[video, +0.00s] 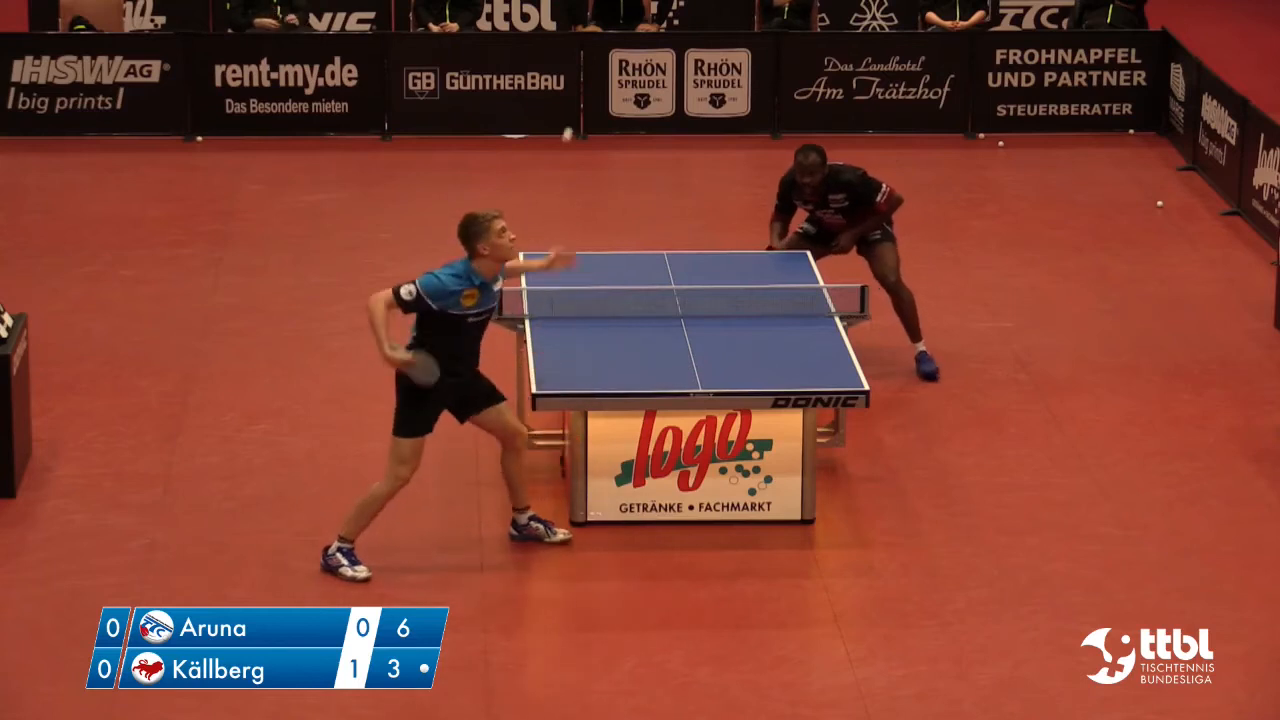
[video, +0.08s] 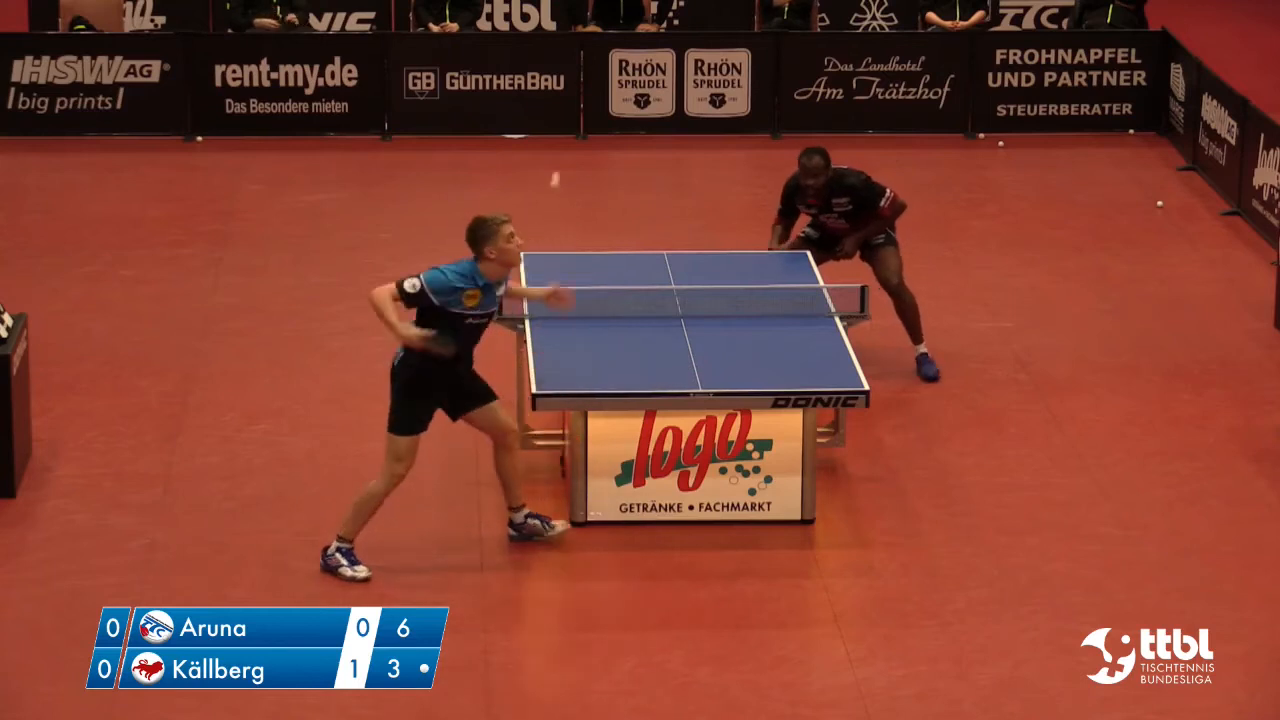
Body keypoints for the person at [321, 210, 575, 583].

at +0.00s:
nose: (513, 238)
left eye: (508, 231)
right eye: (503, 235)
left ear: (491, 247)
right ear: (482, 248)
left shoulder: (492, 272)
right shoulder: (444, 281)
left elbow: (508, 266)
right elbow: (379, 301)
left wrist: (545, 264)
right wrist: (386, 349)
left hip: (463, 377)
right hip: (422, 381)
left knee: (516, 435)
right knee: (400, 473)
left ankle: (523, 520)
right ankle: (339, 549)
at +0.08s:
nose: (519, 243)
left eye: (516, 237)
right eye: (511, 240)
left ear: (496, 252)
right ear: (489, 252)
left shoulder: (496, 280)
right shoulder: (447, 280)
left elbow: (503, 292)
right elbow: (381, 294)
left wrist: (542, 294)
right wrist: (401, 330)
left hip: (456, 373)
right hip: (416, 375)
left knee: (506, 432)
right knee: (395, 471)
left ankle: (520, 519)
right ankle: (338, 548)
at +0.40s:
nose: (581, 318)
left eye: (583, 312)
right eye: (580, 311)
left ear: (558, 299)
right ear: (565, 303)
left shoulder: (528, 316)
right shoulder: (526, 306)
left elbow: (474, 319)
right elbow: (549, 305)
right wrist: (579, 330)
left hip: (463, 390)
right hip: (438, 391)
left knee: (520, 441)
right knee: (465, 492)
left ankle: (486, 531)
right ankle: (373, 523)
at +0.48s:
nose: (581, 303)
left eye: (582, 298)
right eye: (582, 297)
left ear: (547, 288)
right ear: (574, 296)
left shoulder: (513, 307)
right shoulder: (553, 310)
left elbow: (458, 317)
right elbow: (598, 310)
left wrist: (452, 363)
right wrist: (630, 300)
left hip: (449, 386)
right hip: (463, 397)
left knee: (523, 439)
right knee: (516, 487)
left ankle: (486, 529)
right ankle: (422, 510)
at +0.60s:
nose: (582, 287)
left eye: (582, 282)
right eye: (581, 282)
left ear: (545, 280)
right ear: (576, 283)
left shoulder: (513, 302)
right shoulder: (573, 310)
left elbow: (450, 317)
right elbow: (632, 319)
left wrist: (455, 358)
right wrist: (661, 298)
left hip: (460, 389)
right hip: (496, 395)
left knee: (499, 441)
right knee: (571, 462)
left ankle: (484, 527)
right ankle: (523, 537)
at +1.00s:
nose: (587, 297)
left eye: (582, 289)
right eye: (586, 291)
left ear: (549, 294)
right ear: (582, 298)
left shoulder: (519, 320)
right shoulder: (588, 339)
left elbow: (464, 354)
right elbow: (631, 393)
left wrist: (492, 365)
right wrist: (652, 383)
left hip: (497, 419)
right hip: (544, 426)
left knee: (439, 464)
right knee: (621, 470)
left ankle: (412, 556)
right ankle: (631, 570)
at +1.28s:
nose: (612, 308)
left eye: (609, 301)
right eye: (611, 302)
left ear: (574, 299)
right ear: (602, 305)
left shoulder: (537, 319)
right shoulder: (602, 349)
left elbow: (500, 329)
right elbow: (658, 390)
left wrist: (512, 326)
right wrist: (713, 378)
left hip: (508, 446)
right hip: (560, 450)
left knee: (445, 499)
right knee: (646, 440)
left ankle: (402, 575)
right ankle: (651, 536)